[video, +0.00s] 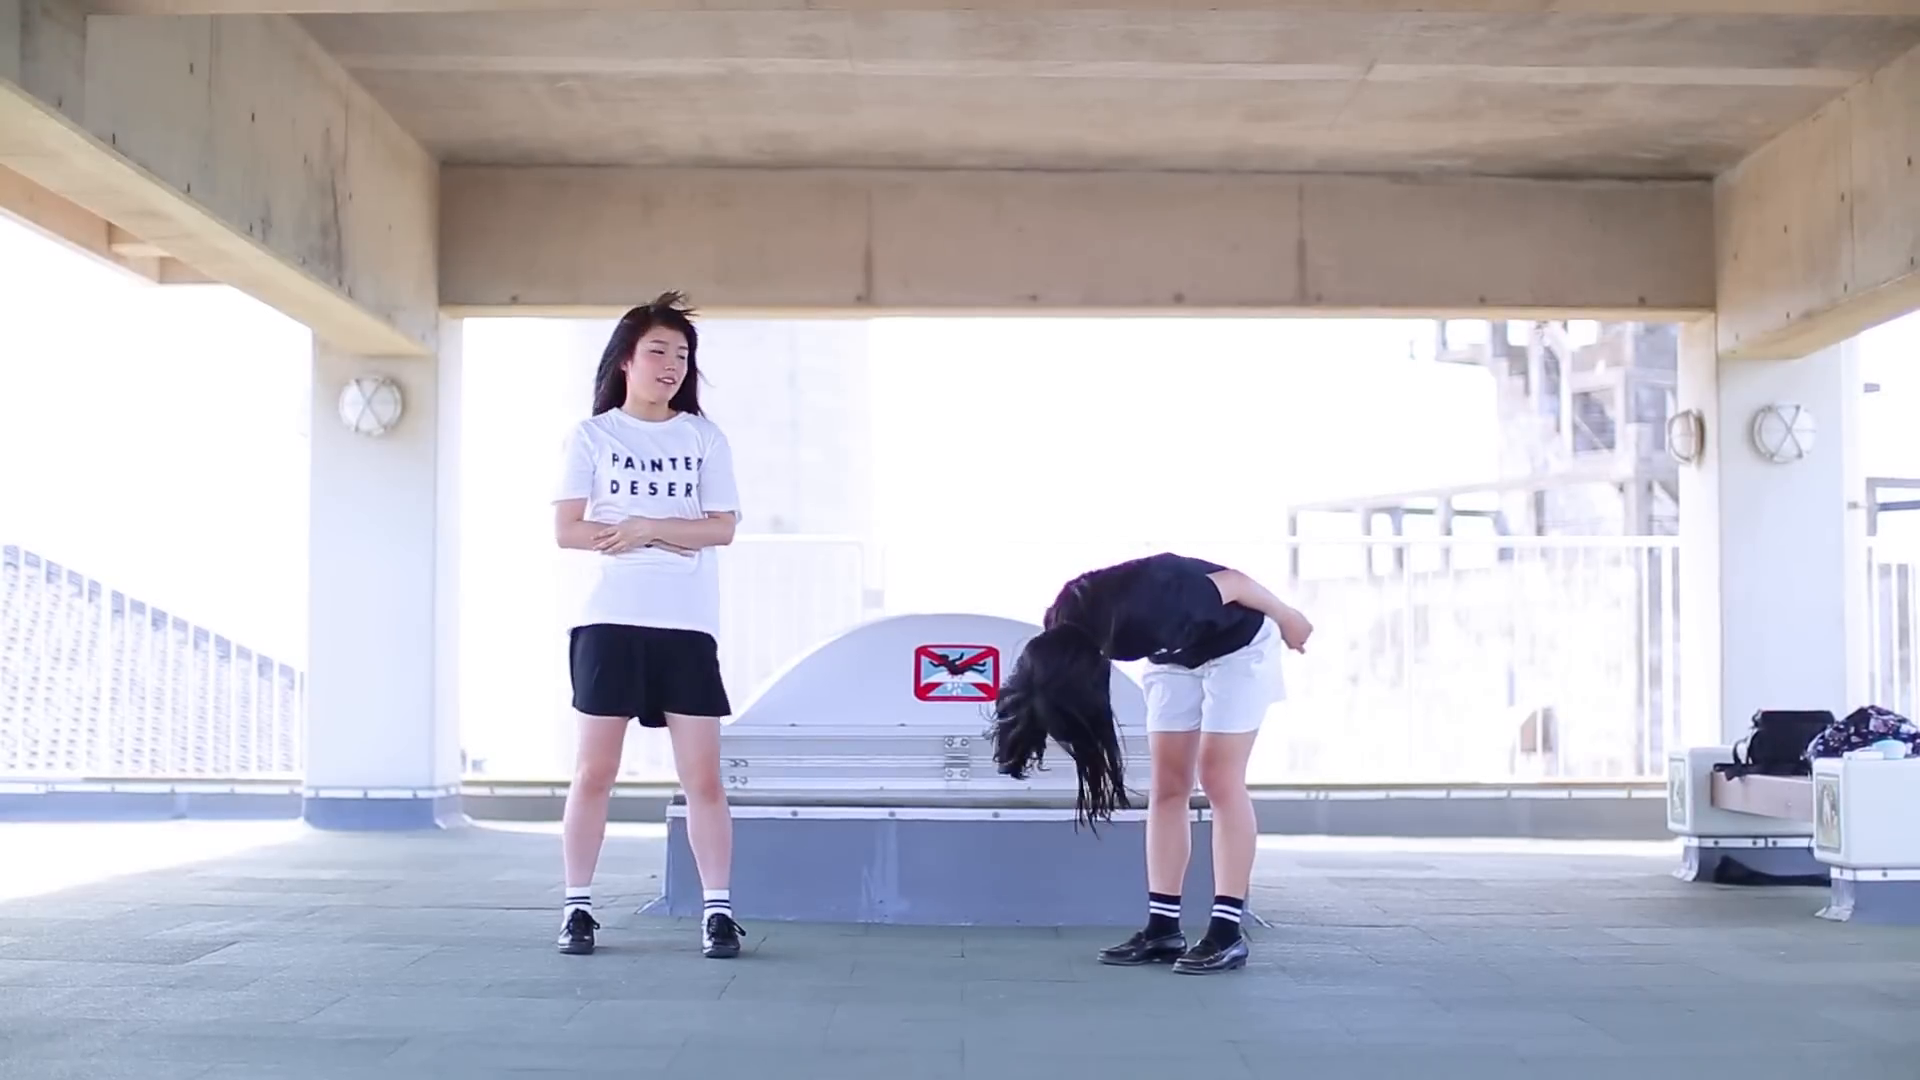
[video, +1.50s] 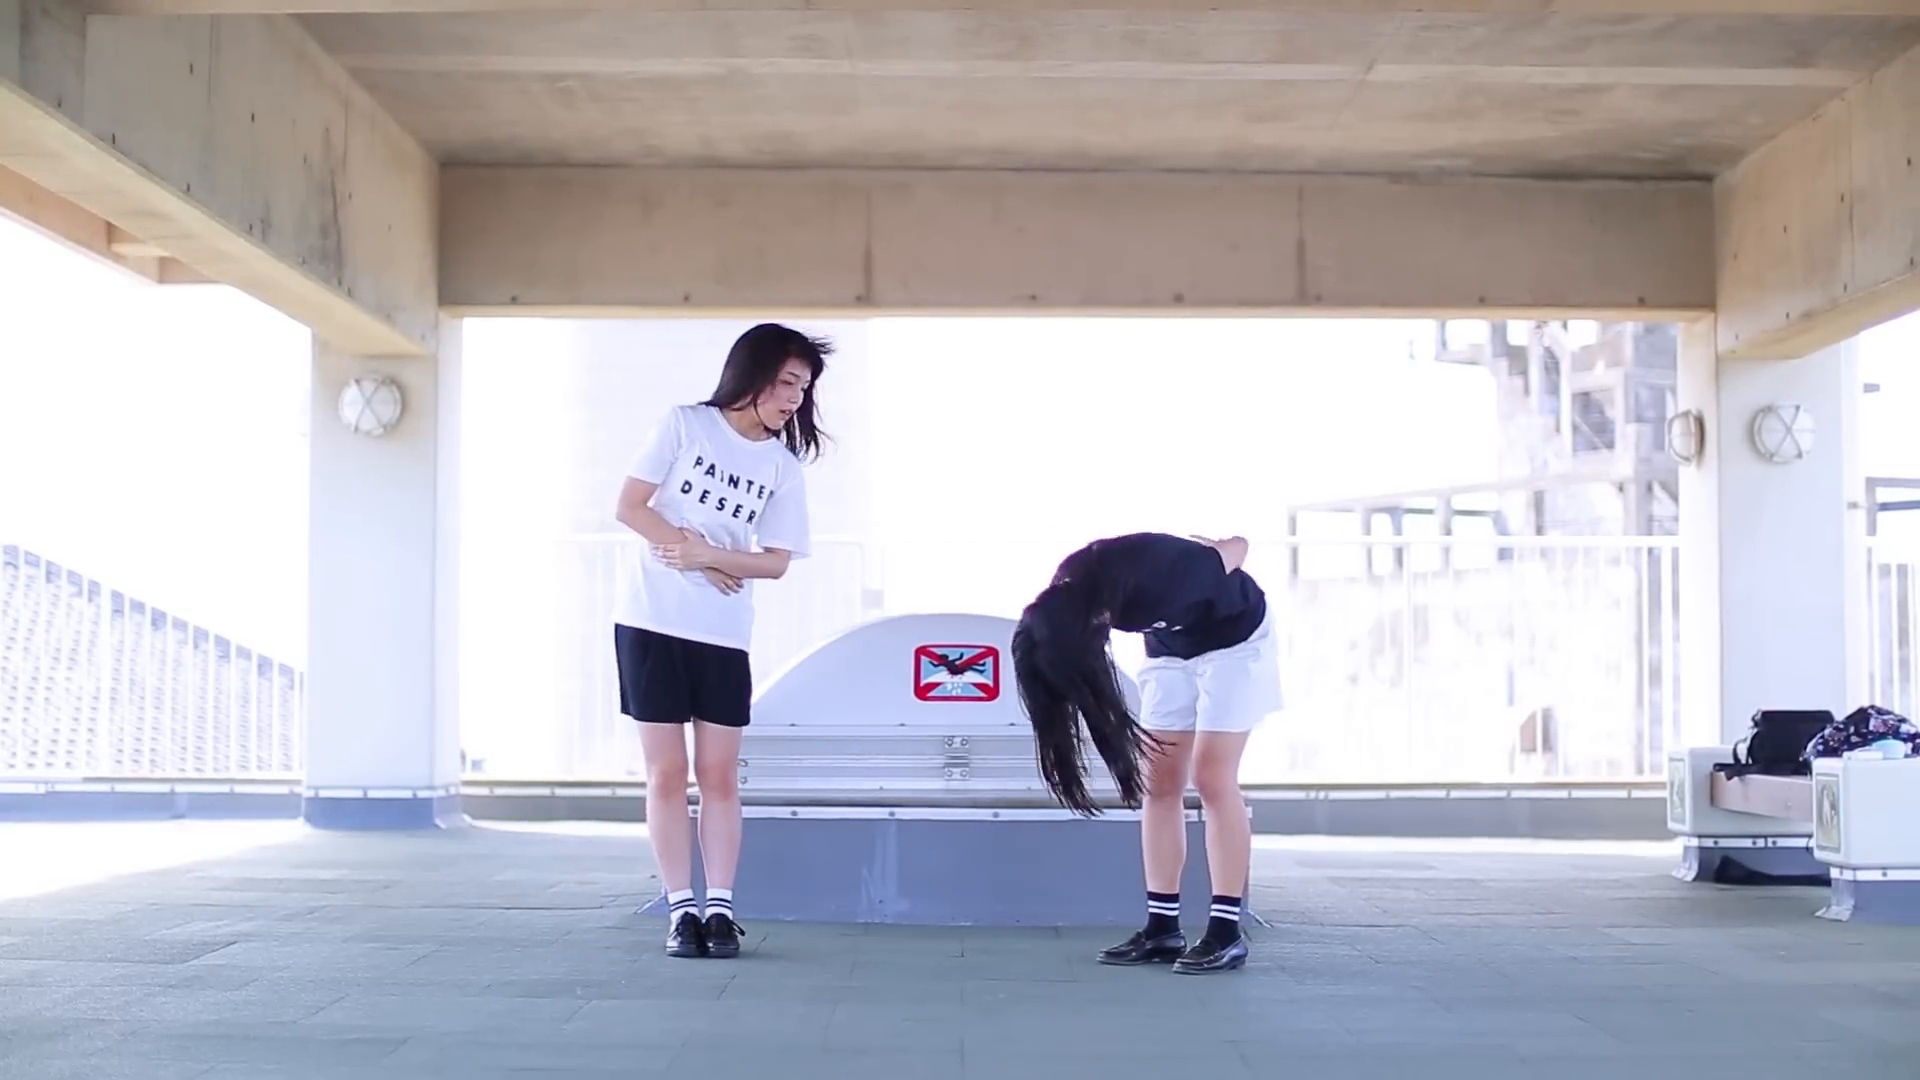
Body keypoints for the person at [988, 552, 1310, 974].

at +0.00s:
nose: (1075, 731)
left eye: (1075, 720)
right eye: (1063, 725)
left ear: (1089, 674)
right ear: (1038, 669)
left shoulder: (1157, 611)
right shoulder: (1062, 621)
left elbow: (1236, 583)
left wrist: (1287, 617)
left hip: (1238, 646)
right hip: (1169, 655)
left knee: (1222, 781)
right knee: (1167, 787)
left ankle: (1226, 934)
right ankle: (1162, 929)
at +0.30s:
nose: (1080, 729)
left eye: (1076, 720)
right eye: (1063, 728)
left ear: (1081, 676)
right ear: (1039, 666)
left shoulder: (1153, 612)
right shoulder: (1056, 627)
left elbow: (1233, 583)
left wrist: (1283, 616)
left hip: (1235, 644)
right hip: (1167, 654)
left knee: (1219, 780)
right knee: (1165, 786)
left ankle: (1226, 934)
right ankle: (1162, 929)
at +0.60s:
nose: (1084, 716)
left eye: (1079, 709)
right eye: (1069, 718)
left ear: (1080, 664)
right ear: (1040, 662)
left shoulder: (1152, 608)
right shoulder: (1054, 623)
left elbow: (1231, 581)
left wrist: (1282, 615)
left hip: (1235, 646)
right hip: (1166, 655)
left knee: (1221, 782)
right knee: (1165, 788)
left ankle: (1226, 934)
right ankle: (1162, 929)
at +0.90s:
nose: (1071, 729)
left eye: (1069, 719)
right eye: (1057, 728)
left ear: (1081, 668)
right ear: (1036, 662)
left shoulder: (1152, 609)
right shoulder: (1056, 621)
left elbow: (1231, 582)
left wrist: (1282, 617)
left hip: (1235, 644)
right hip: (1166, 654)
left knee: (1221, 780)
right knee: (1165, 786)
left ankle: (1226, 934)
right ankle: (1162, 929)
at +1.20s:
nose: (1069, 724)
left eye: (1065, 713)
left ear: (1081, 669)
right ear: (1026, 665)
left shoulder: (1152, 615)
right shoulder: (1058, 610)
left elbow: (1222, 564)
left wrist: (1250, 548)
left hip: (1234, 641)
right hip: (1164, 653)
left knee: (1221, 780)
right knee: (1166, 786)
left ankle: (1226, 932)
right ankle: (1162, 929)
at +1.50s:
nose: (1087, 670)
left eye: (1083, 665)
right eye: (1071, 675)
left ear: (1091, 630)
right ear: (1037, 631)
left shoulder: (1162, 587)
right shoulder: (1064, 586)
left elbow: (1237, 548)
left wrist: (1205, 553)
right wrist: (1190, 550)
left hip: (1233, 639)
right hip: (1164, 644)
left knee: (1213, 781)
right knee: (1160, 785)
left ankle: (1225, 933)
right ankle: (1162, 929)